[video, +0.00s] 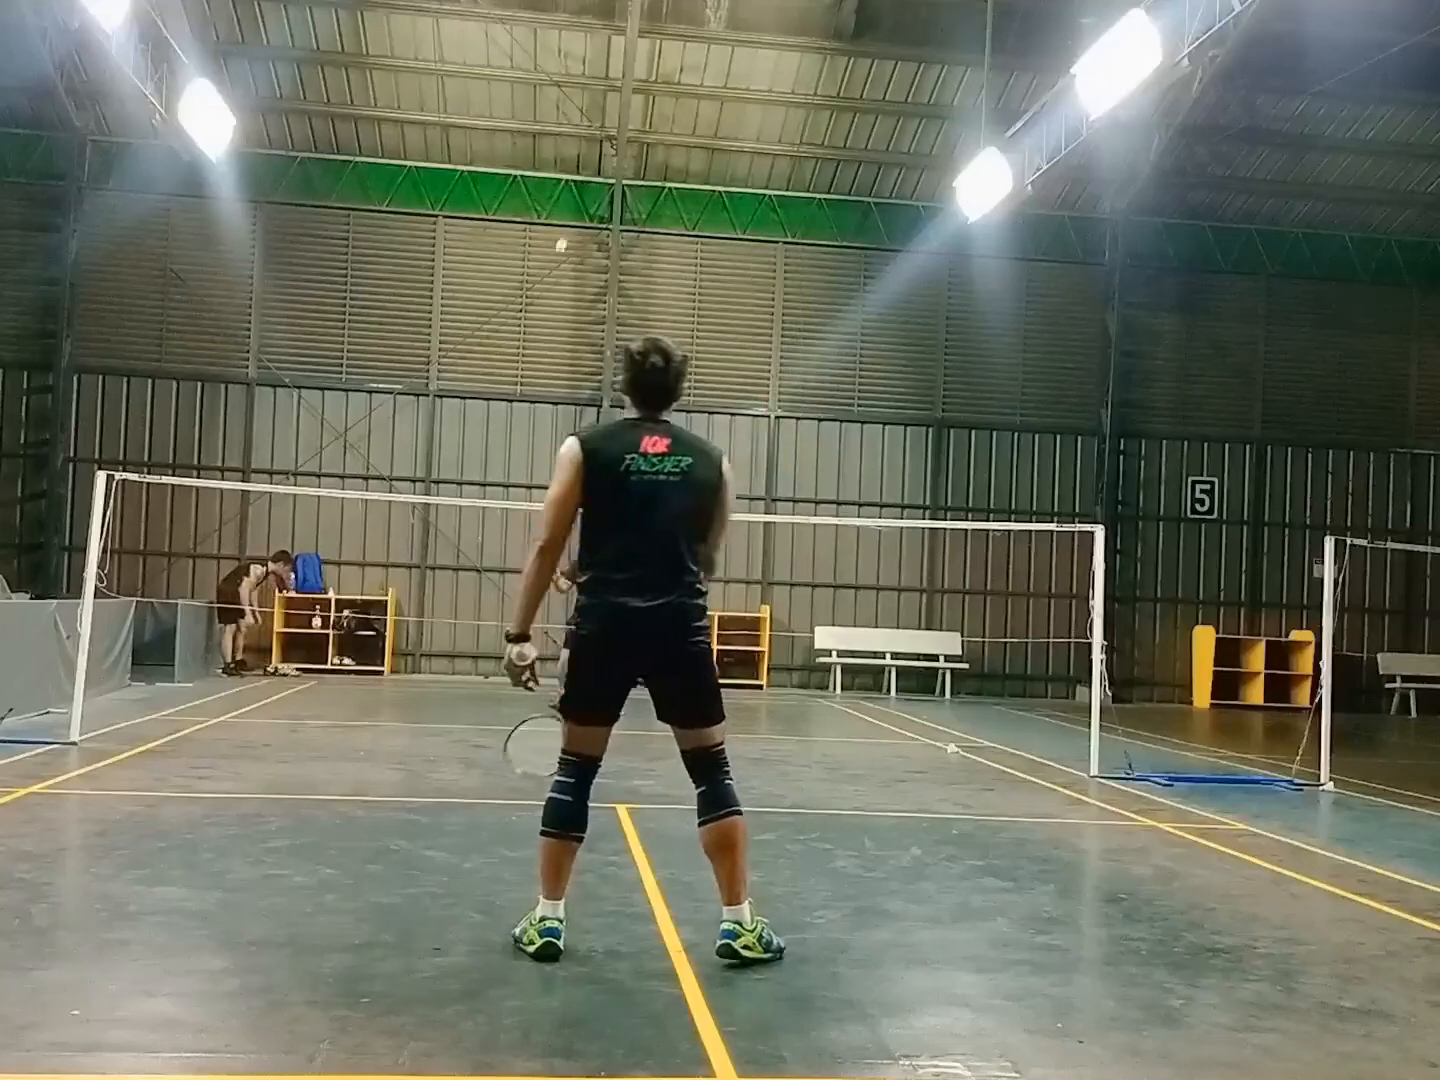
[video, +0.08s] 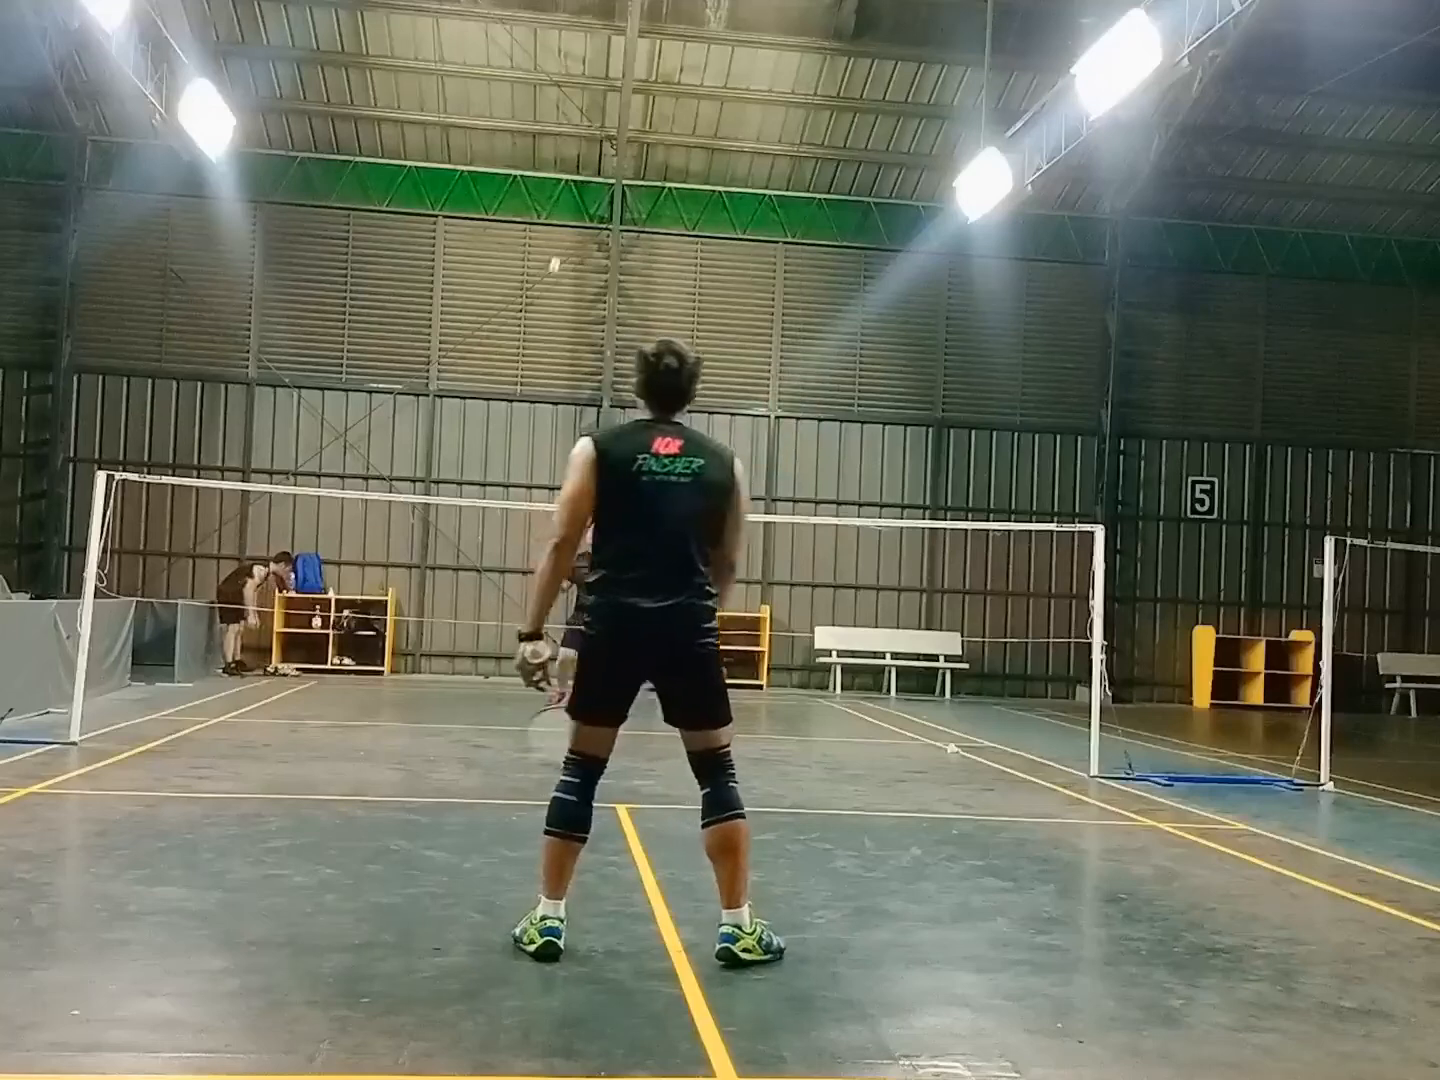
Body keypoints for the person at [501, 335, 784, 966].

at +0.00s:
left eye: (629, 380)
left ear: (622, 388)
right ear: (677, 393)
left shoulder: (586, 447)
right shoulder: (710, 460)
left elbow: (549, 546)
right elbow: (708, 552)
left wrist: (519, 632)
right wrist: (596, 570)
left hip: (602, 631)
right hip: (679, 634)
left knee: (576, 767)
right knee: (711, 768)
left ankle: (548, 916)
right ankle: (739, 920)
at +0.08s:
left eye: (644, 381)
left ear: (636, 390)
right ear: (690, 396)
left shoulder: (597, 449)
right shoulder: (720, 462)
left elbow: (563, 546)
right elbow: (725, 566)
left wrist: (533, 633)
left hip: (610, 629)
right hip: (687, 632)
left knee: (582, 767)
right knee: (716, 769)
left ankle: (549, 915)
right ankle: (737, 923)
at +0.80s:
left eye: (676, 390)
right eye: (711, 403)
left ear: (666, 401)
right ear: (716, 411)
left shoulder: (618, 448)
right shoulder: (741, 477)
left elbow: (577, 531)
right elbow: (754, 578)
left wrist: (556, 606)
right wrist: (750, 649)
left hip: (611, 624)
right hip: (689, 632)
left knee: (575, 737)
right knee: (718, 768)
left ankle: (549, 872)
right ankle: (743, 919)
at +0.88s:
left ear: (648, 409)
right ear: (698, 418)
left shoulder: (601, 455)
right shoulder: (726, 478)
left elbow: (567, 537)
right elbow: (737, 579)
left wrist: (553, 612)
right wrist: (728, 650)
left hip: (601, 627)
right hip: (679, 635)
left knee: (571, 746)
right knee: (713, 772)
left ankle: (538, 878)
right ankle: (745, 920)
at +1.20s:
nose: (606, 397)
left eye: (594, 384)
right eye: (622, 392)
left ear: (572, 392)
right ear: (625, 398)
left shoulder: (530, 446)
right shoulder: (646, 461)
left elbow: (487, 538)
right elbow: (647, 569)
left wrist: (500, 571)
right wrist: (653, 652)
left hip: (532, 618)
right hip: (600, 622)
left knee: (558, 747)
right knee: (634, 765)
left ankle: (521, 885)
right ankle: (598, 924)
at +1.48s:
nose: (565, 399)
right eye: (566, 392)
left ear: (504, 396)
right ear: (562, 405)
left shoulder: (475, 428)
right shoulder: (561, 485)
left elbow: (406, 450)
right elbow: (569, 598)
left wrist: (430, 386)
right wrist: (657, 621)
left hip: (462, 634)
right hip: (509, 645)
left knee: (491, 760)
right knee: (528, 803)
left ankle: (490, 890)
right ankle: (429, 950)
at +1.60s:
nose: (543, 383)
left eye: (536, 372)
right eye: (539, 375)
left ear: (477, 379)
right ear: (529, 388)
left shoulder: (450, 418)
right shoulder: (516, 467)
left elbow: (384, 440)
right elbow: (549, 579)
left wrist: (370, 416)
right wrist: (618, 549)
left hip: (432, 630)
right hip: (477, 642)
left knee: (450, 757)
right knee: (514, 803)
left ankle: (393, 891)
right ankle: (417, 968)